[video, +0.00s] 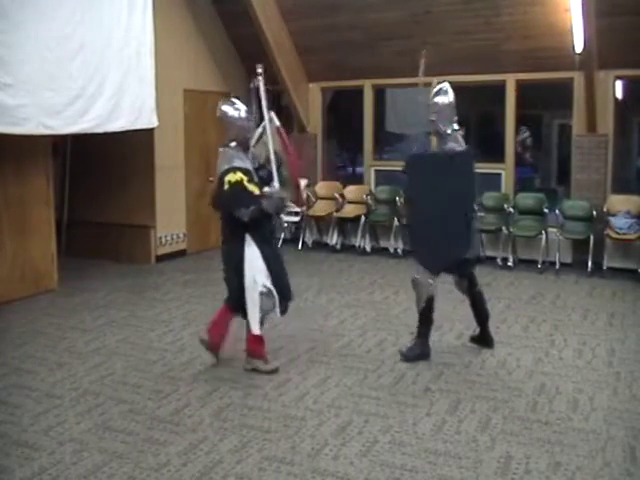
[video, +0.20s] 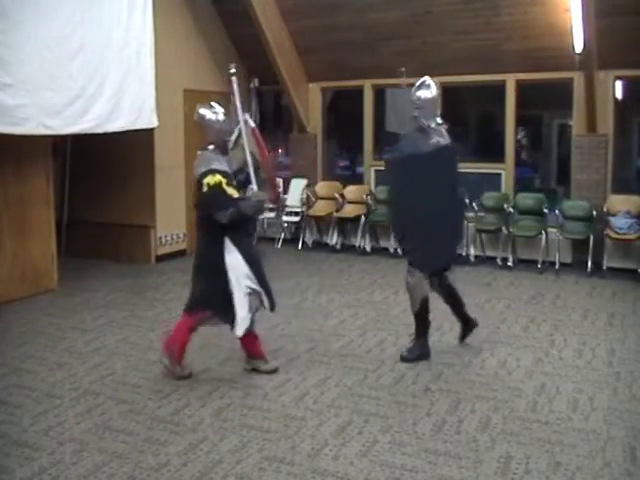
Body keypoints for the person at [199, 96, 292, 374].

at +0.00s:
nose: (252, 135)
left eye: (252, 130)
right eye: (248, 130)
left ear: (238, 136)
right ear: (239, 135)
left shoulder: (244, 162)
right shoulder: (234, 171)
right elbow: (246, 211)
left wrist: (274, 196)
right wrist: (273, 202)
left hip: (241, 240)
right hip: (248, 244)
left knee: (239, 294)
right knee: (257, 294)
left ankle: (213, 336)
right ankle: (256, 353)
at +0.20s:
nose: (231, 139)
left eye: (231, 134)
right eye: (227, 134)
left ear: (213, 138)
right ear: (216, 137)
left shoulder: (219, 164)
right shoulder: (212, 171)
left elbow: (237, 187)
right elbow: (224, 214)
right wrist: (254, 203)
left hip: (221, 244)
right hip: (223, 246)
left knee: (206, 300)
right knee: (240, 297)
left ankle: (173, 349)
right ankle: (255, 355)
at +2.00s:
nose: (178, 132)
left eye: (181, 126)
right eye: (172, 128)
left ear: (189, 132)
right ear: (166, 135)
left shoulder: (203, 158)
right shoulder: (164, 157)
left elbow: (234, 191)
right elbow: (171, 190)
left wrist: (221, 165)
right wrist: (196, 162)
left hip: (195, 225)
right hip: (165, 229)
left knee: (213, 300)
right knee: (163, 294)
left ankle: (210, 346)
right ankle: (158, 357)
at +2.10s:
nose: (174, 139)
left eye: (180, 133)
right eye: (173, 133)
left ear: (189, 138)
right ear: (176, 139)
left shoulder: (202, 161)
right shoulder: (172, 163)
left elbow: (245, 187)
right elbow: (180, 199)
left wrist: (229, 160)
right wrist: (208, 173)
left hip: (206, 242)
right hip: (179, 245)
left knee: (220, 299)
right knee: (177, 307)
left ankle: (219, 354)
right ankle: (164, 367)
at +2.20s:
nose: (185, 136)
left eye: (186, 130)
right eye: (180, 131)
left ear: (189, 135)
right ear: (171, 137)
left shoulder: (198, 159)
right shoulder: (169, 165)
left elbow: (226, 177)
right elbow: (185, 202)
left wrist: (223, 157)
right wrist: (207, 173)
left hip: (206, 241)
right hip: (179, 245)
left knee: (218, 298)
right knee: (177, 307)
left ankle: (218, 354)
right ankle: (162, 366)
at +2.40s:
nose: (192, 136)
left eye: (192, 131)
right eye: (187, 132)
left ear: (193, 137)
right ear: (179, 137)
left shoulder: (202, 160)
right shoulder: (174, 165)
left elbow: (246, 183)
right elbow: (191, 203)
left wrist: (229, 155)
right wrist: (213, 170)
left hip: (210, 246)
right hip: (183, 249)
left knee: (223, 299)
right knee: (177, 306)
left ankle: (221, 355)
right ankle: (162, 370)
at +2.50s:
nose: (189, 141)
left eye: (192, 135)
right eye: (184, 136)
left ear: (197, 138)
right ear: (177, 140)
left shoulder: (205, 161)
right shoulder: (178, 170)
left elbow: (230, 178)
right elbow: (198, 206)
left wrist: (231, 158)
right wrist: (220, 170)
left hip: (213, 232)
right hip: (183, 237)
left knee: (226, 294)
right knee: (178, 299)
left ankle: (227, 354)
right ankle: (165, 365)